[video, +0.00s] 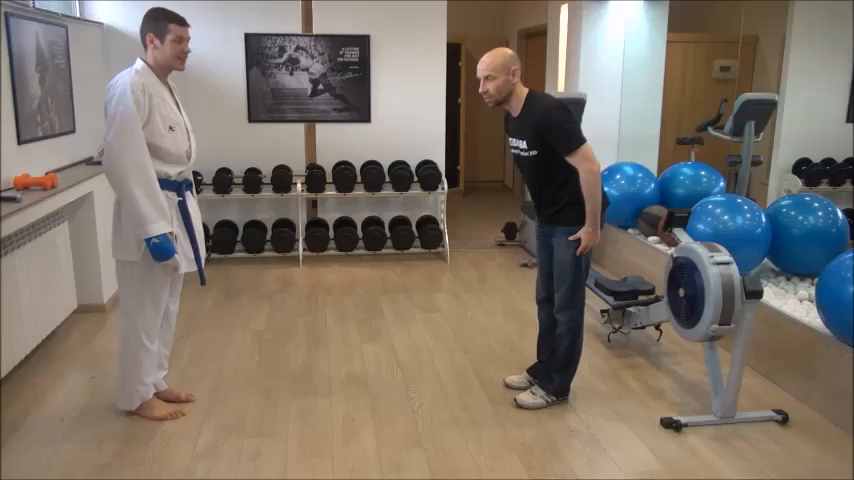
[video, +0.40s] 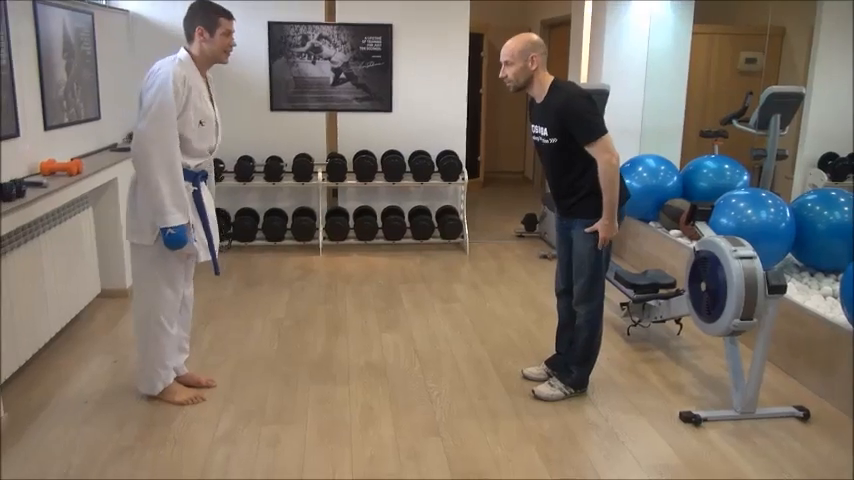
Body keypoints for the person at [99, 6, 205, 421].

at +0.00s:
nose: (186, 51)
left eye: (187, 43)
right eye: (179, 43)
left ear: (163, 44)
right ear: (152, 41)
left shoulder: (163, 87)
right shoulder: (129, 85)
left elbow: (170, 161)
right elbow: (126, 161)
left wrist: (184, 220)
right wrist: (153, 228)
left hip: (175, 208)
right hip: (148, 209)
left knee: (166, 305)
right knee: (144, 308)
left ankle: (155, 383)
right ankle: (135, 397)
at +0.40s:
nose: (233, 43)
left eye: (233, 35)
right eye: (227, 35)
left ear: (206, 36)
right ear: (201, 35)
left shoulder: (198, 77)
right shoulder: (170, 75)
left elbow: (187, 150)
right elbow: (155, 149)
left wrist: (198, 210)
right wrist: (170, 219)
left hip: (189, 194)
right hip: (166, 196)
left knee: (181, 286)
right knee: (161, 291)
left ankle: (175, 366)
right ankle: (156, 381)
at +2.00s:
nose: (271, 42)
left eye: (269, 35)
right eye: (264, 36)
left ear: (244, 42)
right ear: (240, 41)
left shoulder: (243, 87)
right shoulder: (211, 86)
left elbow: (244, 158)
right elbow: (197, 158)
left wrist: (254, 209)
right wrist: (214, 227)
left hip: (233, 202)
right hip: (207, 204)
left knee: (224, 295)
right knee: (203, 297)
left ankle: (214, 372)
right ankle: (197, 386)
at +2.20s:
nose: (263, 69)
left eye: (262, 61)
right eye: (256, 62)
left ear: (236, 69)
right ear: (231, 68)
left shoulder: (241, 114)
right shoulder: (207, 113)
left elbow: (251, 184)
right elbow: (203, 186)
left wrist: (266, 233)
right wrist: (228, 252)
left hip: (247, 226)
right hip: (216, 228)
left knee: (251, 312)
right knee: (212, 321)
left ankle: (221, 396)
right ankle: (198, 414)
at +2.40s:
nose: (268, 83)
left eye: (268, 76)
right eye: (263, 75)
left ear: (245, 77)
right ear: (237, 76)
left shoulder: (251, 123)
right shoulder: (210, 121)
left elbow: (267, 189)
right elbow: (222, 195)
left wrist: (287, 237)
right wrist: (268, 244)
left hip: (255, 235)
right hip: (220, 239)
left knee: (279, 315)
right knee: (216, 335)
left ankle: (274, 403)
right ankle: (204, 425)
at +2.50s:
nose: (277, 88)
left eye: (277, 82)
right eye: (271, 81)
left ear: (252, 82)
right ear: (246, 79)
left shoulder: (257, 126)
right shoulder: (215, 124)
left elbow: (276, 186)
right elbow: (242, 192)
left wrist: (303, 225)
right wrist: (298, 225)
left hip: (263, 236)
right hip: (225, 238)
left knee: (283, 321)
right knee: (218, 333)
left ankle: (303, 405)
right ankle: (205, 425)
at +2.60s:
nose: (288, 93)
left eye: (290, 86)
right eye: (284, 85)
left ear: (265, 84)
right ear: (259, 81)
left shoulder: (271, 129)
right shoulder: (228, 125)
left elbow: (294, 188)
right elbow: (264, 186)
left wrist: (334, 224)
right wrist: (329, 206)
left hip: (269, 238)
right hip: (232, 238)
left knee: (288, 323)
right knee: (220, 335)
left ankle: (312, 403)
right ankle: (206, 424)